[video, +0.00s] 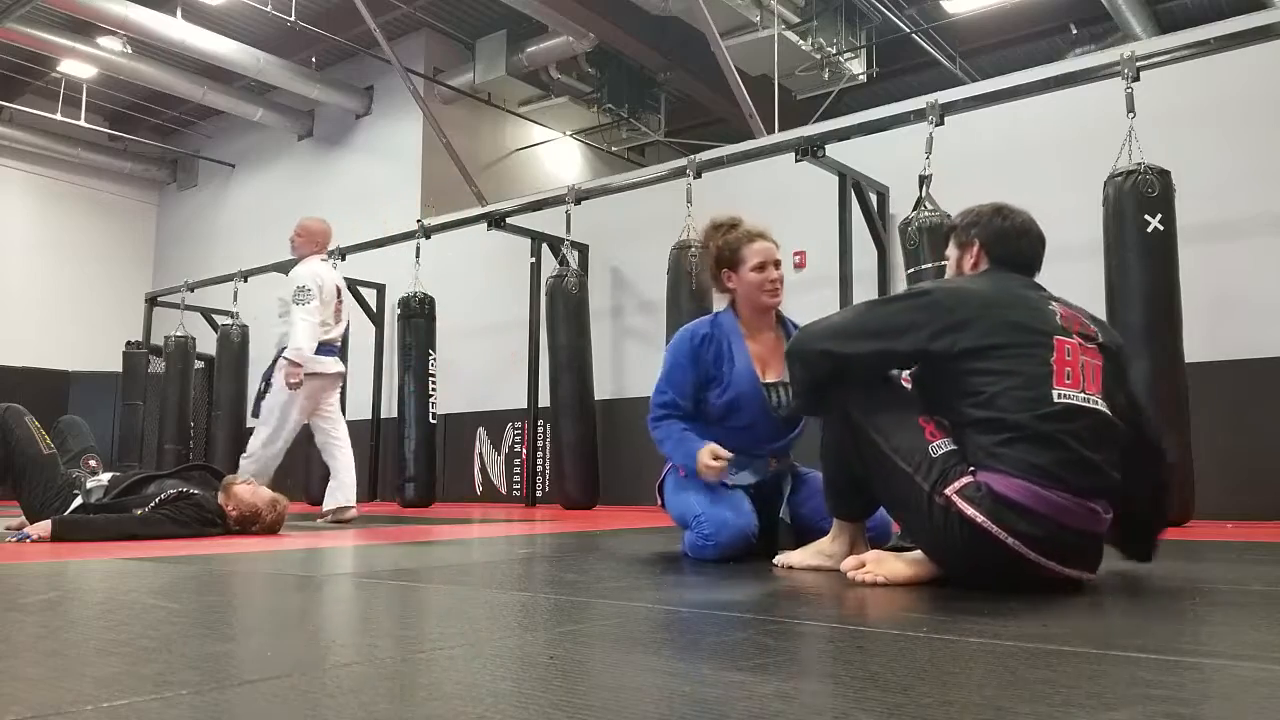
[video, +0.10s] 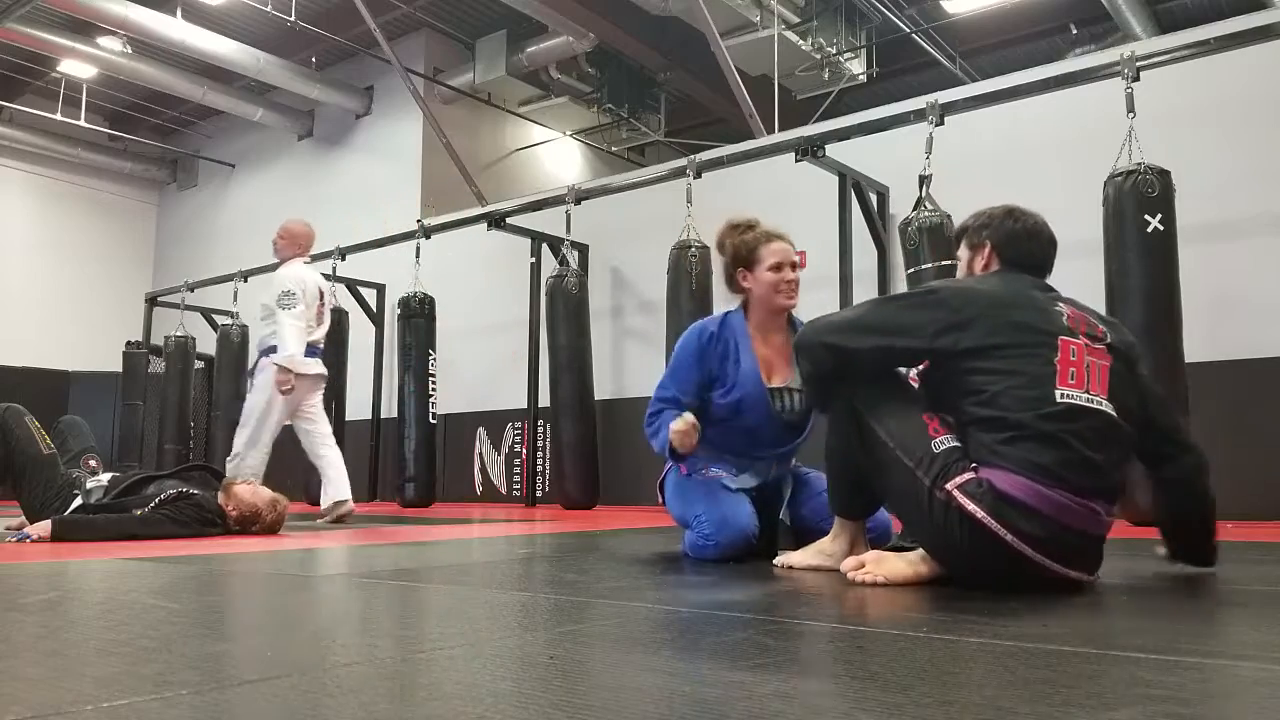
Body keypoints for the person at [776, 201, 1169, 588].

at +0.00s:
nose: (946, 275)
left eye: (949, 263)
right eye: (947, 264)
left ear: (974, 256)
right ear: (1034, 266)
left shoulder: (961, 298)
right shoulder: (1092, 327)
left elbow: (812, 344)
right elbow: (1143, 446)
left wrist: (824, 406)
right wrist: (1136, 535)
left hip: (982, 536)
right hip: (1071, 559)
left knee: (854, 391)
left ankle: (843, 539)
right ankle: (928, 552)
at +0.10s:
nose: (957, 273)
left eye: (961, 261)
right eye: (959, 263)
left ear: (985, 259)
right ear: (1043, 266)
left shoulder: (966, 299)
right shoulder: (1108, 333)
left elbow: (819, 337)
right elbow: (1175, 454)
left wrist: (834, 400)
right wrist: (1193, 551)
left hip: (984, 533)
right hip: (1070, 564)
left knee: (857, 387)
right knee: (974, 419)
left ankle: (843, 537)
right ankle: (929, 554)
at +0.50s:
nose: (992, 278)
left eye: (995, 267)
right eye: (995, 268)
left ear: (1017, 259)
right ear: (1078, 272)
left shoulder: (996, 295)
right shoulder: (1144, 342)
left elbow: (858, 331)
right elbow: (1215, 468)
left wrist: (934, 384)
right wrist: (1234, 569)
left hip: (979, 511)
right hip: (1066, 562)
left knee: (871, 378)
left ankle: (846, 538)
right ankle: (929, 555)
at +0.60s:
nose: (998, 279)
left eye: (1001, 268)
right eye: (1002, 269)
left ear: (1021, 264)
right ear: (1086, 279)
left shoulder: (999, 297)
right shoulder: (1148, 345)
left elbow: (862, 329)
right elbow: (1217, 470)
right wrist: (1235, 568)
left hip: (979, 508)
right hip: (1065, 562)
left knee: (875, 374)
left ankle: (845, 540)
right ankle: (929, 556)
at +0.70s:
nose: (1000, 283)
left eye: (1004, 273)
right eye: (1004, 274)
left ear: (1025, 266)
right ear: (1088, 282)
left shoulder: (1004, 297)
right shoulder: (1150, 345)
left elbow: (864, 332)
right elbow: (1219, 473)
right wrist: (1234, 569)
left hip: (978, 508)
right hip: (1062, 563)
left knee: (880, 376)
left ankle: (846, 538)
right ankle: (929, 551)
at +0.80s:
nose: (995, 290)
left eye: (997, 281)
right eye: (998, 282)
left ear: (1018, 271)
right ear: (1082, 284)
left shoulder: (998, 298)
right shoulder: (1149, 345)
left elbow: (866, 334)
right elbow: (1217, 472)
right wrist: (1234, 569)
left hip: (980, 507)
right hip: (1064, 563)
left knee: (881, 373)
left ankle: (848, 537)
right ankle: (930, 551)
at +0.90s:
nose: (990, 295)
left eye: (994, 285)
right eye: (994, 286)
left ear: (1012, 276)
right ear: (1073, 288)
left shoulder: (995, 301)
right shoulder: (1144, 348)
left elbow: (867, 343)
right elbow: (1214, 469)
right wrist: (1233, 567)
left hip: (982, 508)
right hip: (1068, 561)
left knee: (875, 371)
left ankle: (848, 537)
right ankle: (930, 554)